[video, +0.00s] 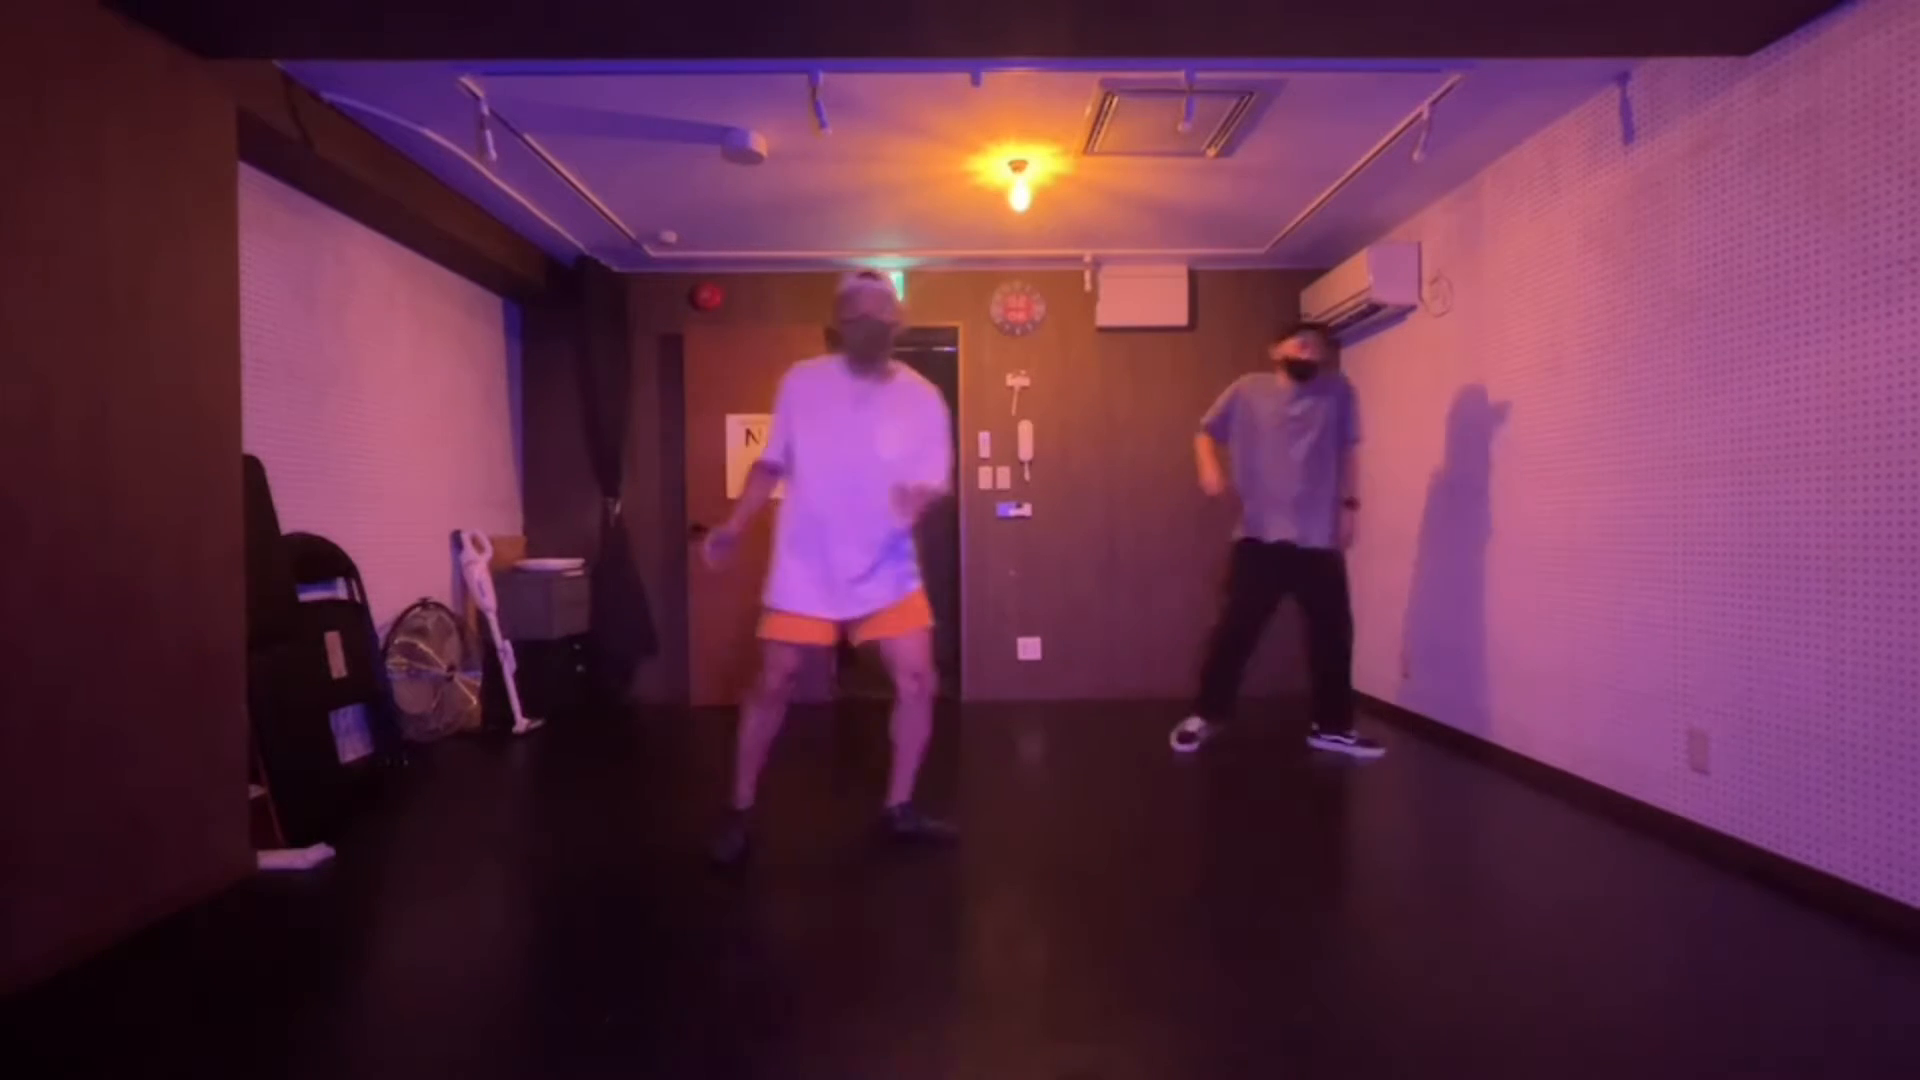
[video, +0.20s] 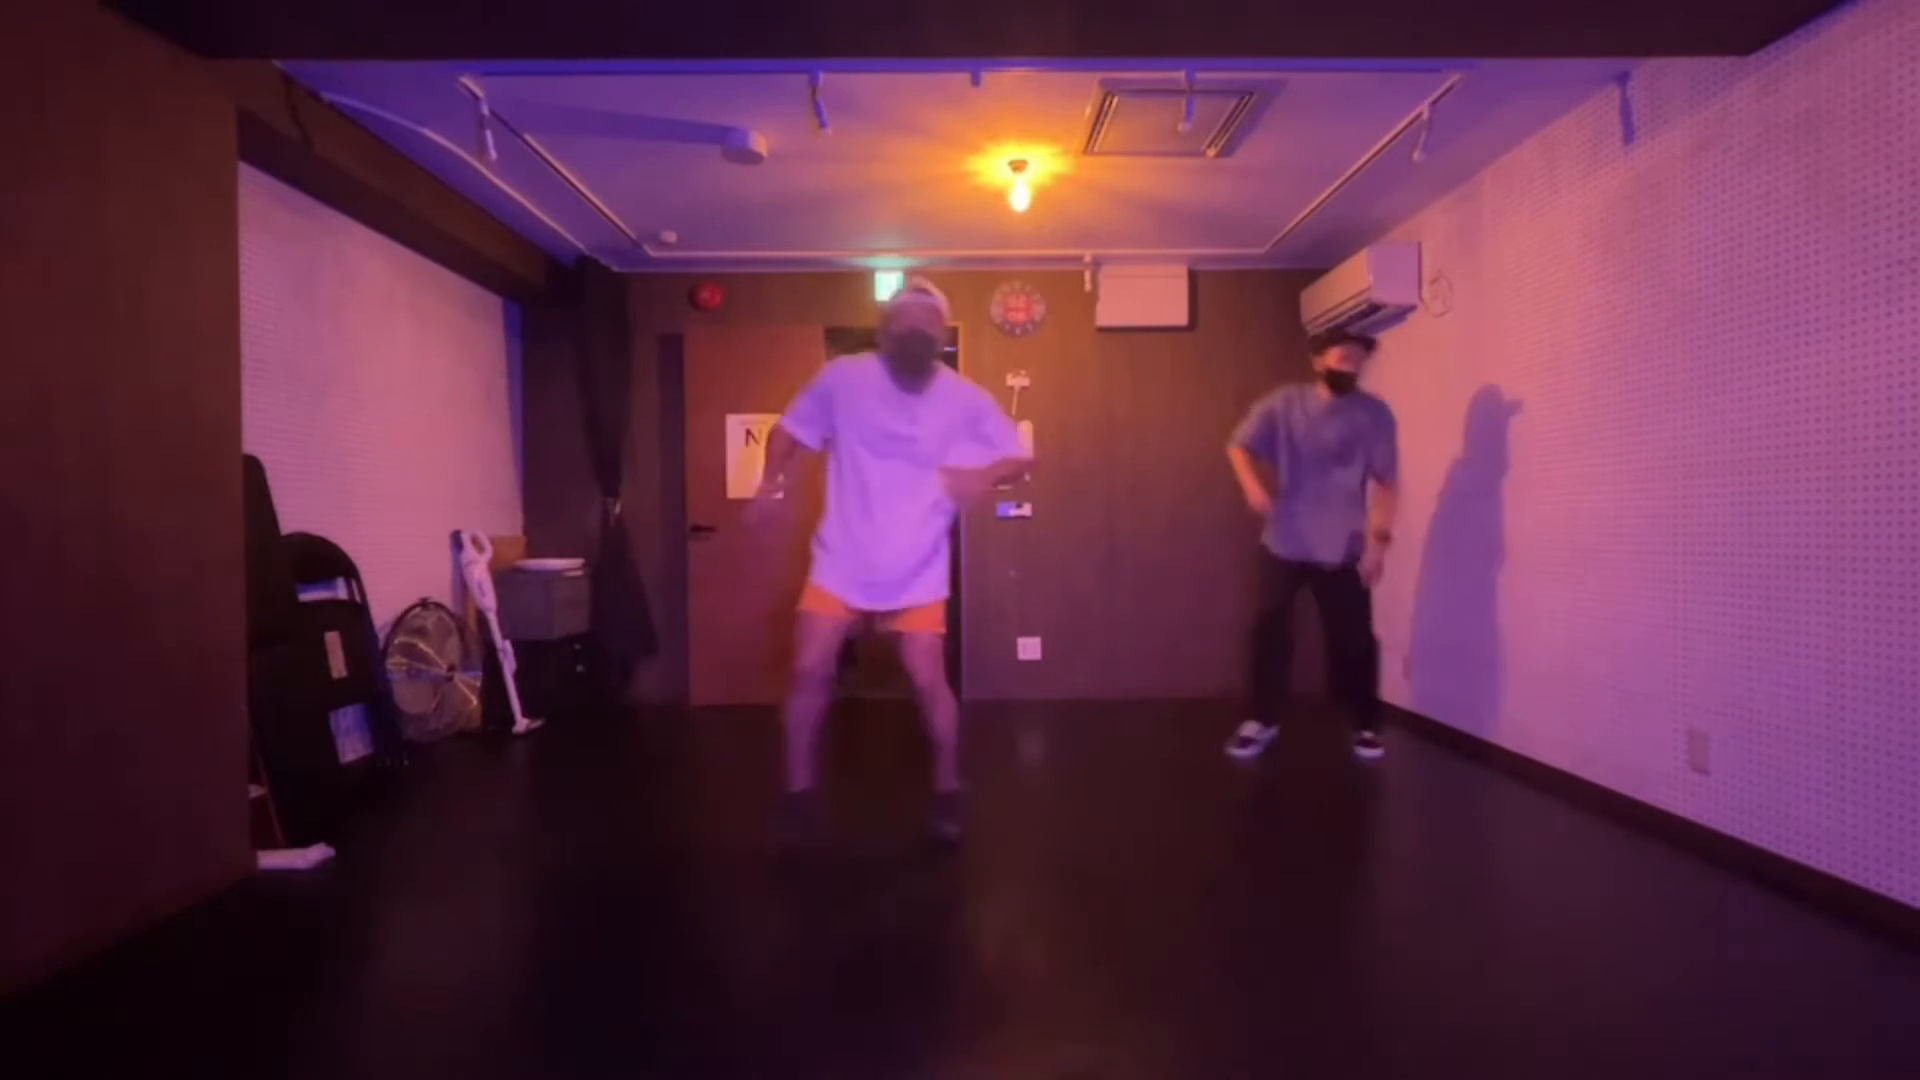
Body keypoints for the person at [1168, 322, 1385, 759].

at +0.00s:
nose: (1302, 364)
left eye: (1312, 358)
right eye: (1296, 354)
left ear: (1325, 362)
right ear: (1278, 354)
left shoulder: (1336, 395)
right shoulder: (1249, 390)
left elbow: (1347, 452)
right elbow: (1206, 431)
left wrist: (1348, 506)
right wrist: (1210, 472)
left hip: (1318, 543)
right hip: (1261, 541)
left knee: (1333, 639)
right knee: (1234, 632)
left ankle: (1331, 727)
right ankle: (1205, 716)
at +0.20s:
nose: (1346, 363)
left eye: (1354, 356)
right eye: (1339, 353)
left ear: (1362, 363)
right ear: (1319, 357)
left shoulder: (1372, 415)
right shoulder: (1286, 402)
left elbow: (1385, 483)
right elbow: (1237, 446)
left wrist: (1377, 543)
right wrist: (1255, 491)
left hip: (1341, 551)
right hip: (1283, 546)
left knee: (1353, 641)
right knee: (1269, 631)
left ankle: (1365, 726)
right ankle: (1262, 718)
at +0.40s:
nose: (1389, 392)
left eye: (1398, 387)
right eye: (1382, 383)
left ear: (1406, 397)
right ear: (1363, 386)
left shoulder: (1400, 451)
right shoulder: (1329, 431)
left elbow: (1410, 509)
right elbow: (1281, 483)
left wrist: (1383, 520)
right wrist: (1299, 538)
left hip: (1362, 570)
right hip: (1314, 565)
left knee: (1369, 647)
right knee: (1315, 638)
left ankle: (1370, 725)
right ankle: (1314, 697)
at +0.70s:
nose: (1392, 372)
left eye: (1401, 365)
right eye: (1384, 363)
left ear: (1408, 374)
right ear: (1365, 369)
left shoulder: (1405, 429)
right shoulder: (1344, 413)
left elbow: (1410, 493)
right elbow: (1322, 479)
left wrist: (1398, 451)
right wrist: (1337, 539)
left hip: (1381, 555)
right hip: (1333, 553)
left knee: (1391, 643)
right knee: (1335, 638)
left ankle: (1376, 724)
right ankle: (1334, 705)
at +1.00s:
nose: (1362, 381)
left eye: (1367, 372)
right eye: (1353, 373)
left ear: (1376, 373)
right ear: (1332, 378)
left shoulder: (1396, 405)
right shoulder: (1316, 429)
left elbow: (1444, 443)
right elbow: (1304, 492)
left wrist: (1449, 488)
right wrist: (1367, 494)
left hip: (1394, 547)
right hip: (1342, 544)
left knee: (1397, 639)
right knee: (1348, 622)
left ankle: (1383, 725)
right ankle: (1335, 683)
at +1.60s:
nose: (1331, 365)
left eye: (1337, 356)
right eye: (1323, 356)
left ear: (1346, 356)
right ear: (1304, 357)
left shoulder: (1361, 392)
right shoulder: (1279, 395)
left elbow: (1399, 434)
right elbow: (1254, 450)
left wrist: (1379, 467)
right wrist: (1308, 477)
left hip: (1345, 539)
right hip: (1293, 542)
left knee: (1358, 633)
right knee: (1301, 641)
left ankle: (1347, 693)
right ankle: (1313, 733)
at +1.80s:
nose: (1334, 387)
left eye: (1341, 378)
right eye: (1326, 377)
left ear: (1349, 381)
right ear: (1307, 379)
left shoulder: (1352, 434)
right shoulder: (1278, 411)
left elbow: (1360, 494)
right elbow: (1245, 461)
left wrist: (1351, 488)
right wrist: (1249, 520)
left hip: (1323, 558)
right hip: (1274, 552)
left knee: (1333, 650)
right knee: (1297, 646)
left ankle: (1275, 699)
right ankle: (1314, 733)